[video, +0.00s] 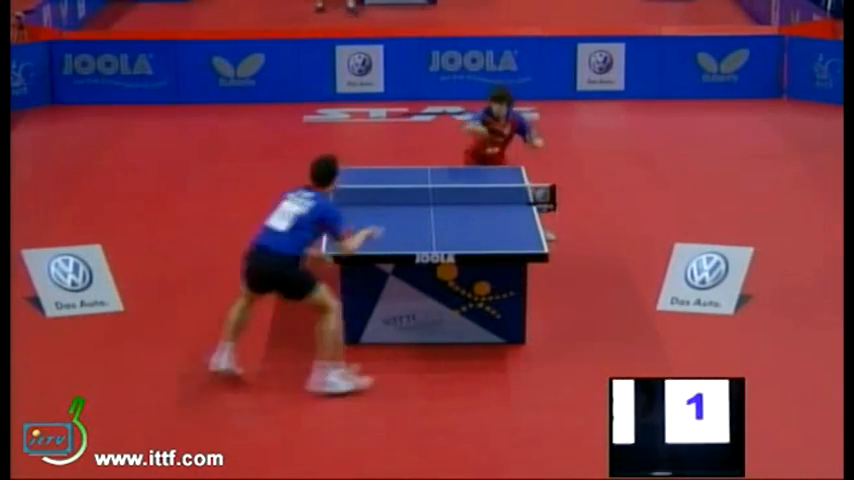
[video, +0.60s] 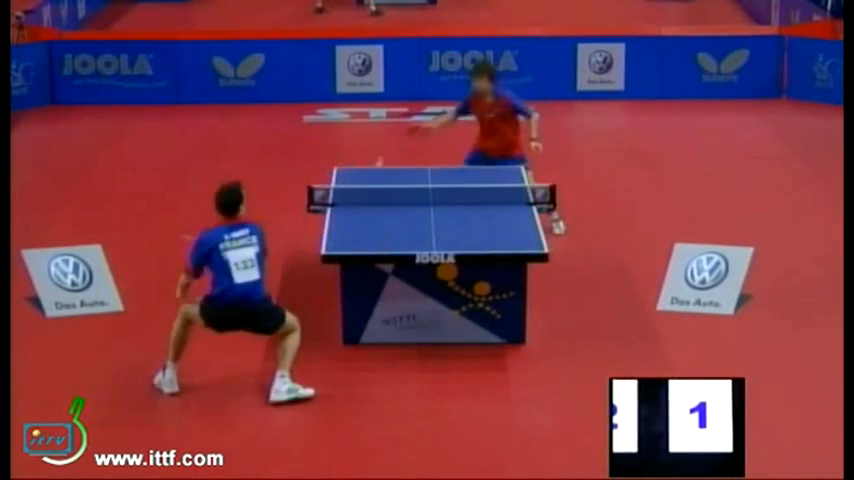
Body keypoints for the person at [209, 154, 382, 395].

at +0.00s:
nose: (336, 181)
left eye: (335, 176)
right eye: (336, 178)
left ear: (311, 177)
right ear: (333, 182)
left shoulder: (293, 195)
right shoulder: (325, 207)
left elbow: (291, 238)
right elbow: (346, 247)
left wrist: (319, 254)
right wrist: (364, 234)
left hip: (256, 259)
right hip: (284, 265)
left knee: (247, 298)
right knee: (331, 308)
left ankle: (224, 352)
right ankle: (328, 371)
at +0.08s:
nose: (324, 193)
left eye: (323, 188)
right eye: (323, 189)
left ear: (299, 186)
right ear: (318, 192)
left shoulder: (283, 205)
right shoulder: (303, 219)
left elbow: (296, 249)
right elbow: (310, 264)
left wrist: (330, 263)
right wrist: (337, 266)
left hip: (235, 267)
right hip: (261, 274)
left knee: (226, 309)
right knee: (310, 315)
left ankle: (183, 353)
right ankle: (287, 379)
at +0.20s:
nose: (299, 215)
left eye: (298, 210)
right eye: (298, 211)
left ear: (275, 210)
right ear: (289, 215)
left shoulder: (267, 228)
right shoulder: (264, 245)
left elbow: (298, 250)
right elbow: (251, 286)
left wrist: (330, 268)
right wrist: (279, 306)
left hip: (210, 286)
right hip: (229, 293)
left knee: (190, 330)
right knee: (291, 320)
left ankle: (136, 367)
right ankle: (281, 386)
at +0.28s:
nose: (284, 218)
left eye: (284, 213)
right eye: (283, 214)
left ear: (260, 214)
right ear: (274, 219)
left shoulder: (252, 229)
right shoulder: (247, 248)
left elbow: (275, 244)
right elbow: (239, 285)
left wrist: (307, 257)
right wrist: (262, 311)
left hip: (204, 291)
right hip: (220, 299)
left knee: (184, 333)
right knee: (288, 321)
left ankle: (133, 366)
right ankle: (280, 385)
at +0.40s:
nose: (266, 200)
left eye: (265, 195)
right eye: (264, 196)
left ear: (237, 200)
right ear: (256, 203)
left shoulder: (215, 220)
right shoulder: (258, 237)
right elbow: (285, 261)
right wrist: (309, 235)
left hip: (206, 298)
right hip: (241, 301)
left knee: (178, 319)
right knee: (295, 324)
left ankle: (146, 362)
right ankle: (281, 382)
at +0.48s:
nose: (256, 204)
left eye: (255, 199)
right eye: (254, 201)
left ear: (225, 206)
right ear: (247, 207)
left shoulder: (210, 231)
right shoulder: (258, 230)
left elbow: (194, 264)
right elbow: (280, 226)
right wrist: (254, 207)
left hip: (211, 307)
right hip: (247, 308)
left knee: (186, 308)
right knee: (292, 326)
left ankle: (170, 370)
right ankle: (281, 381)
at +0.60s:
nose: (245, 207)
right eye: (243, 203)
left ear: (218, 208)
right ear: (241, 207)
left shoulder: (208, 238)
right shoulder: (256, 232)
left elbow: (190, 275)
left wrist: (181, 291)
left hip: (222, 312)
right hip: (257, 309)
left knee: (186, 313)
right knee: (292, 328)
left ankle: (169, 374)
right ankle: (283, 382)